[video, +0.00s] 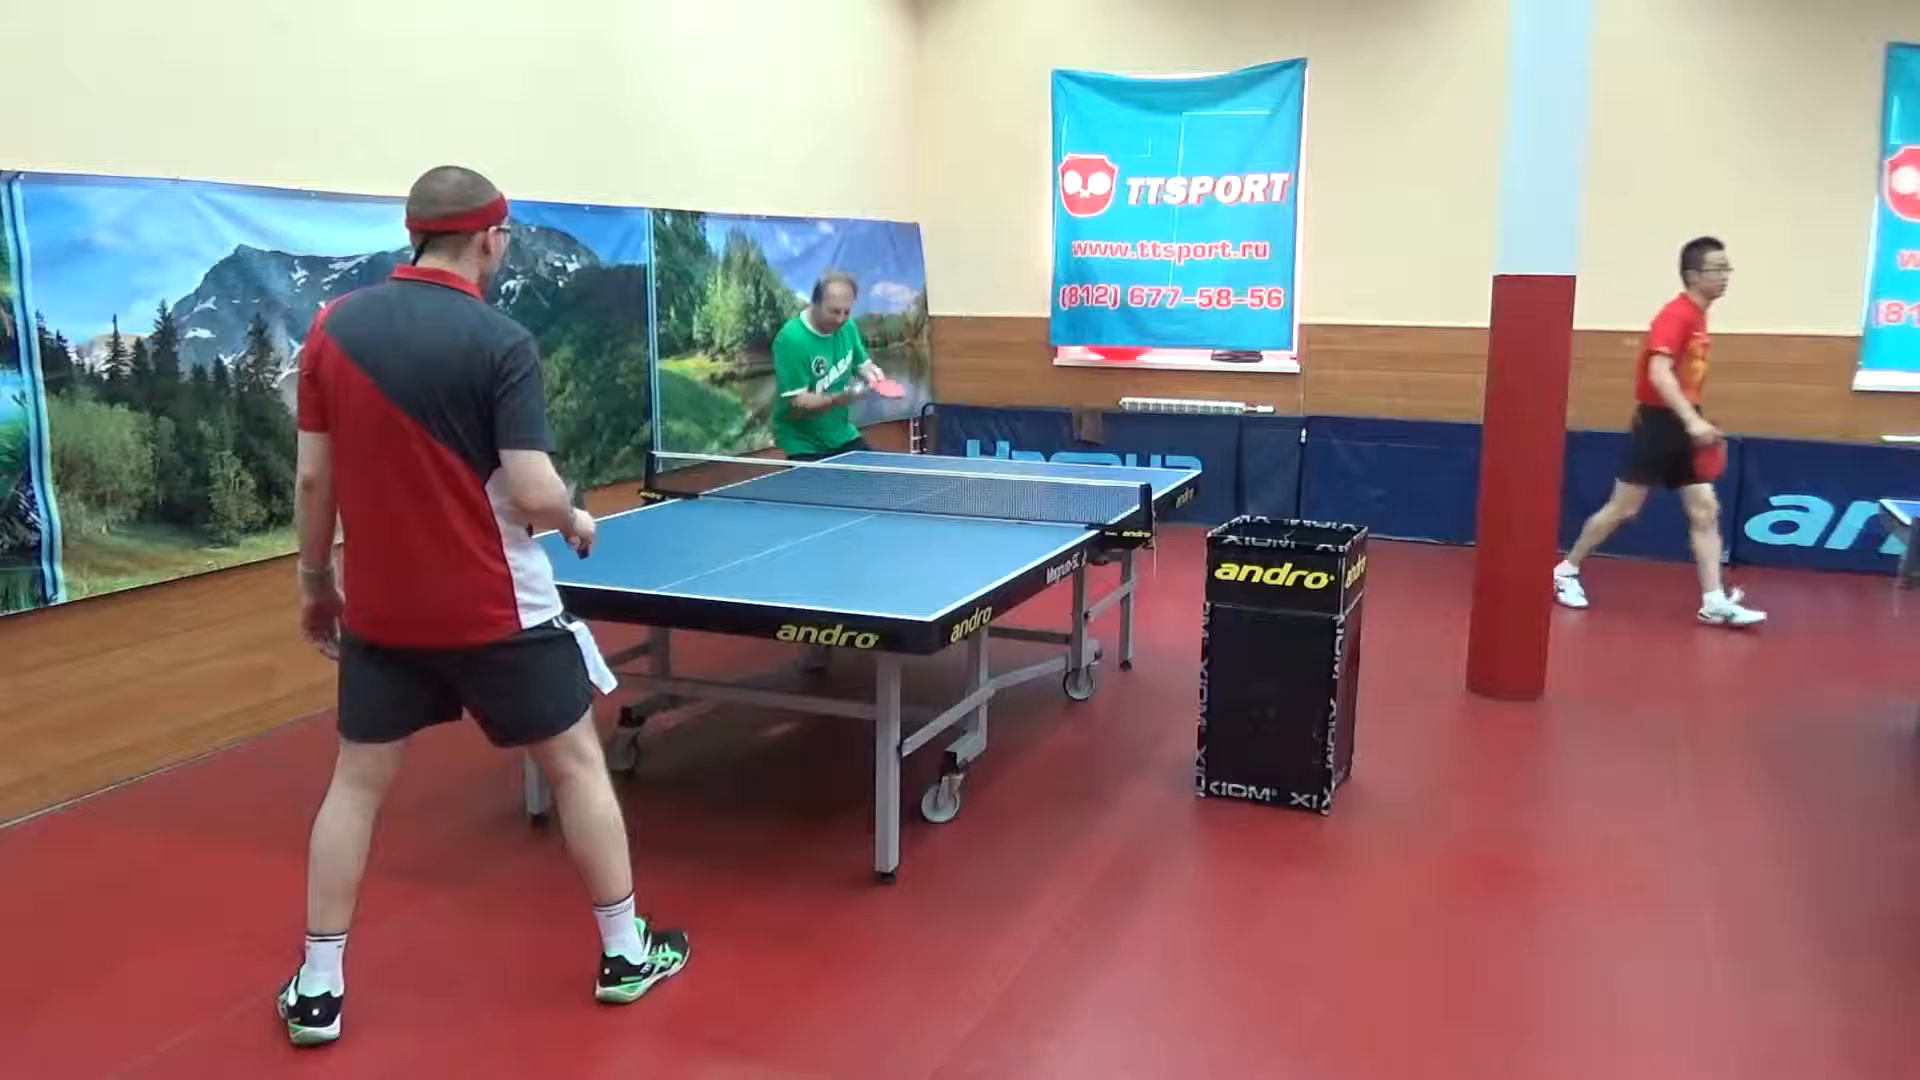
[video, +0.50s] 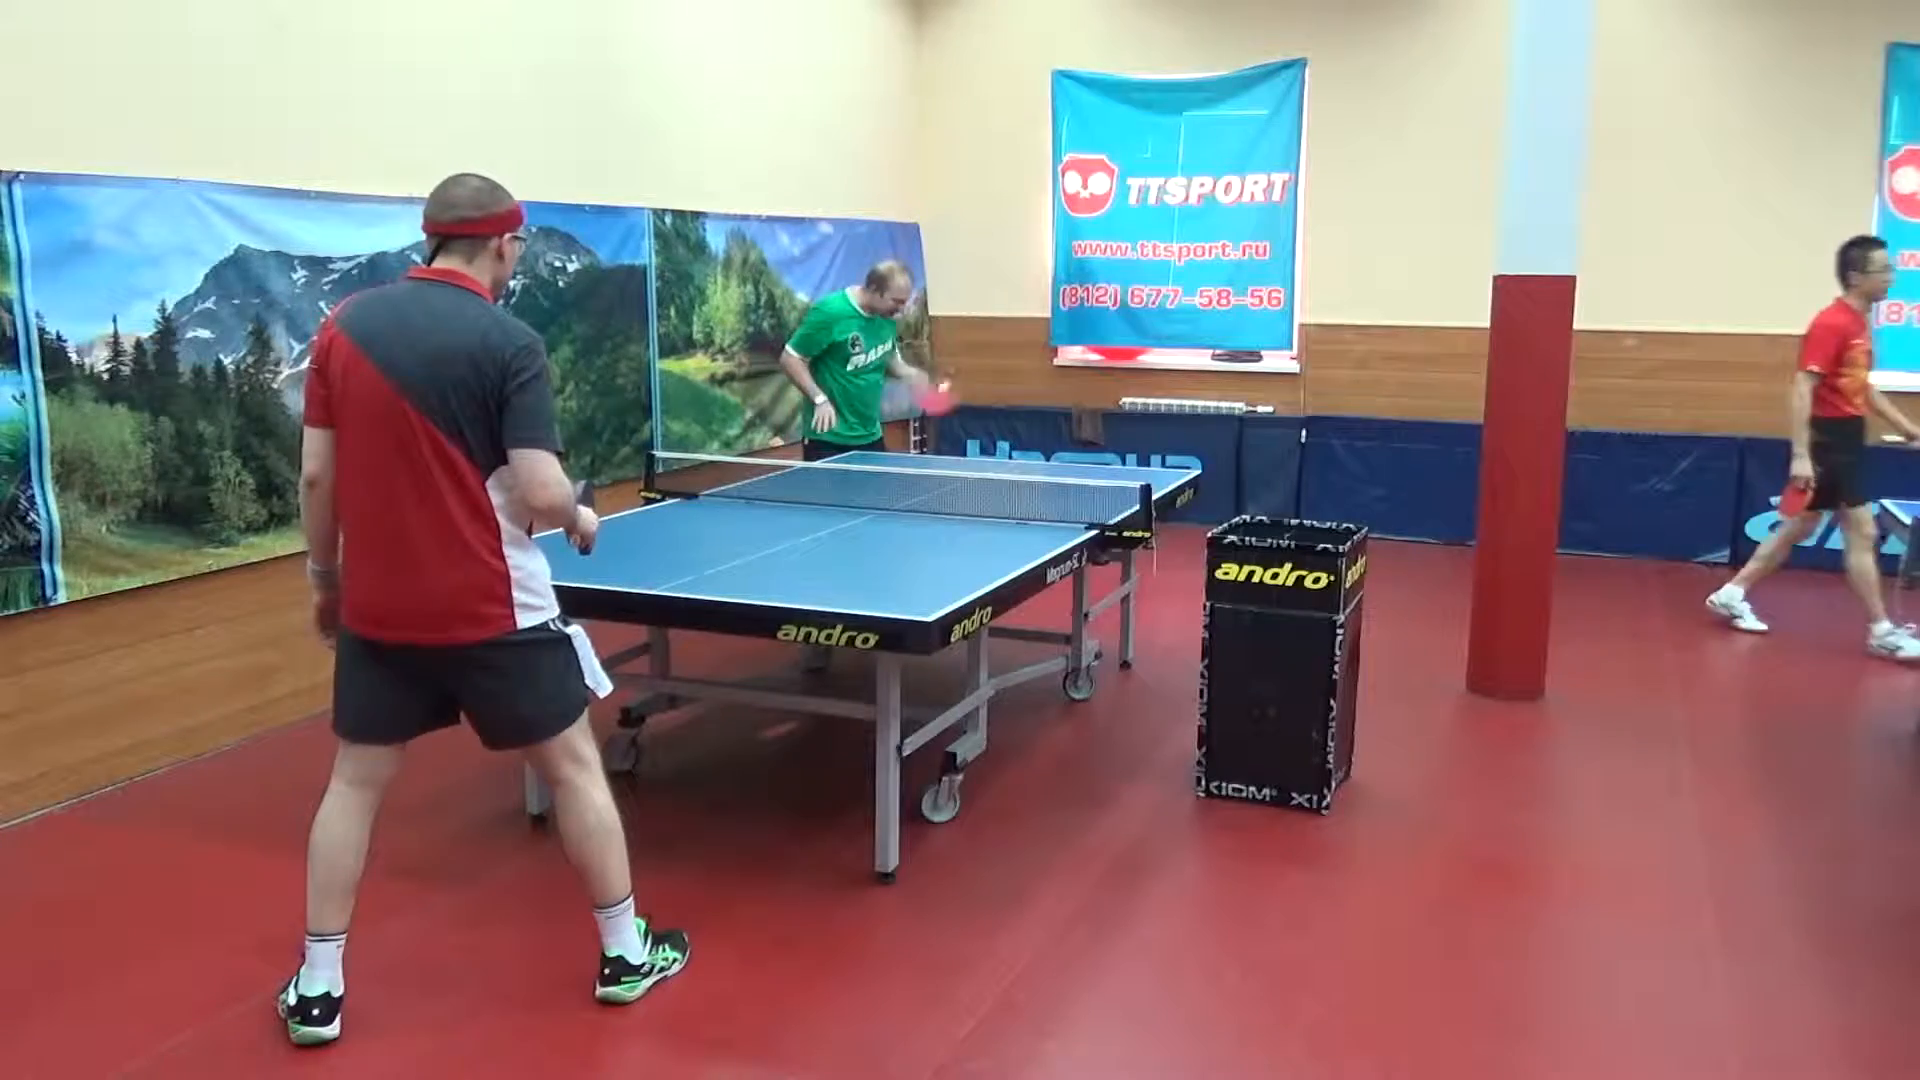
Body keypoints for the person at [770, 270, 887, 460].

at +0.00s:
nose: (841, 320)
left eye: (846, 312)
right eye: (835, 312)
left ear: (851, 308)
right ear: (816, 305)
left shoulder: (847, 326)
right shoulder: (790, 340)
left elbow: (861, 361)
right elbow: (797, 401)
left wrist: (870, 373)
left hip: (842, 431)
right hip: (804, 440)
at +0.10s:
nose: (852, 308)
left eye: (856, 301)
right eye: (846, 300)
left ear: (861, 298)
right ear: (825, 293)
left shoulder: (852, 319)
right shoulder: (798, 327)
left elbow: (882, 340)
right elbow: (803, 387)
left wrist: (900, 350)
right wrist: (850, 378)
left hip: (847, 434)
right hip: (806, 441)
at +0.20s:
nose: (869, 296)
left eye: (873, 289)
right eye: (864, 288)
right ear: (841, 283)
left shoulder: (861, 309)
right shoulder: (810, 319)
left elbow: (888, 311)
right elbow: (793, 372)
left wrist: (913, 313)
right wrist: (838, 388)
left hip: (853, 429)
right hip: (813, 438)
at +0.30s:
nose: (888, 294)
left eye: (890, 287)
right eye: (883, 287)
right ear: (861, 284)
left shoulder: (871, 306)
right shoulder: (824, 314)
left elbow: (892, 305)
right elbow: (786, 358)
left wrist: (919, 301)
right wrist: (819, 393)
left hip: (862, 433)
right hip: (820, 440)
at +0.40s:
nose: (900, 300)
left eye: (902, 294)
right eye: (895, 293)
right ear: (872, 285)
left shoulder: (881, 313)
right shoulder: (829, 312)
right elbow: (786, 355)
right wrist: (815, 396)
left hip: (869, 436)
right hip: (827, 441)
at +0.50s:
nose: (900, 309)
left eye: (903, 302)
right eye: (896, 301)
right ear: (875, 291)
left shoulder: (886, 317)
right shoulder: (829, 313)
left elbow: (890, 360)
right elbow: (790, 357)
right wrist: (820, 400)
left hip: (871, 436)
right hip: (829, 441)